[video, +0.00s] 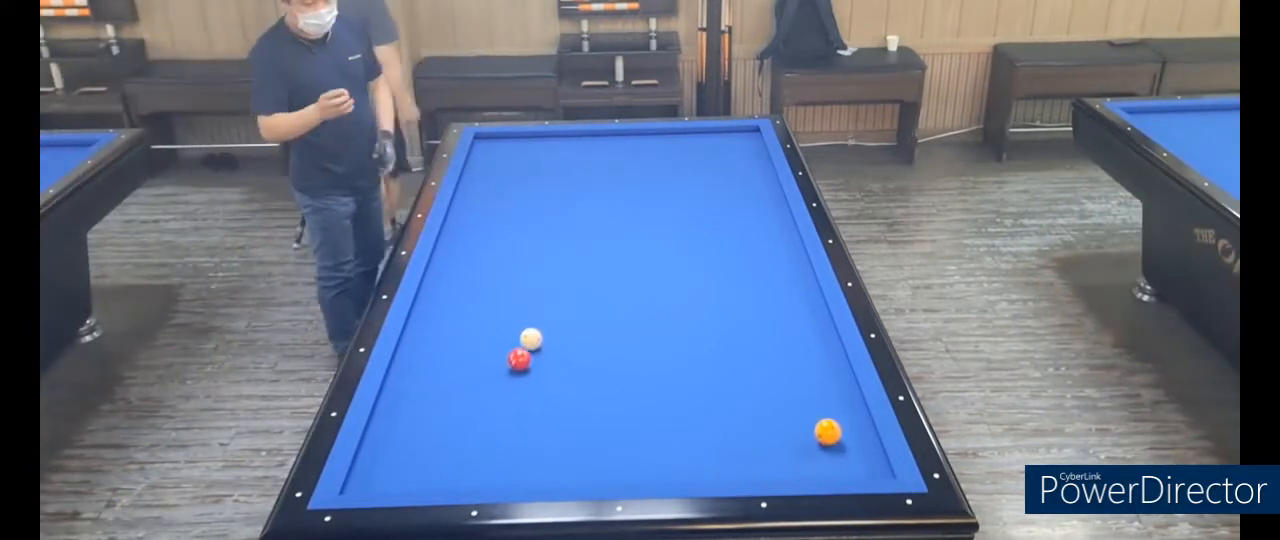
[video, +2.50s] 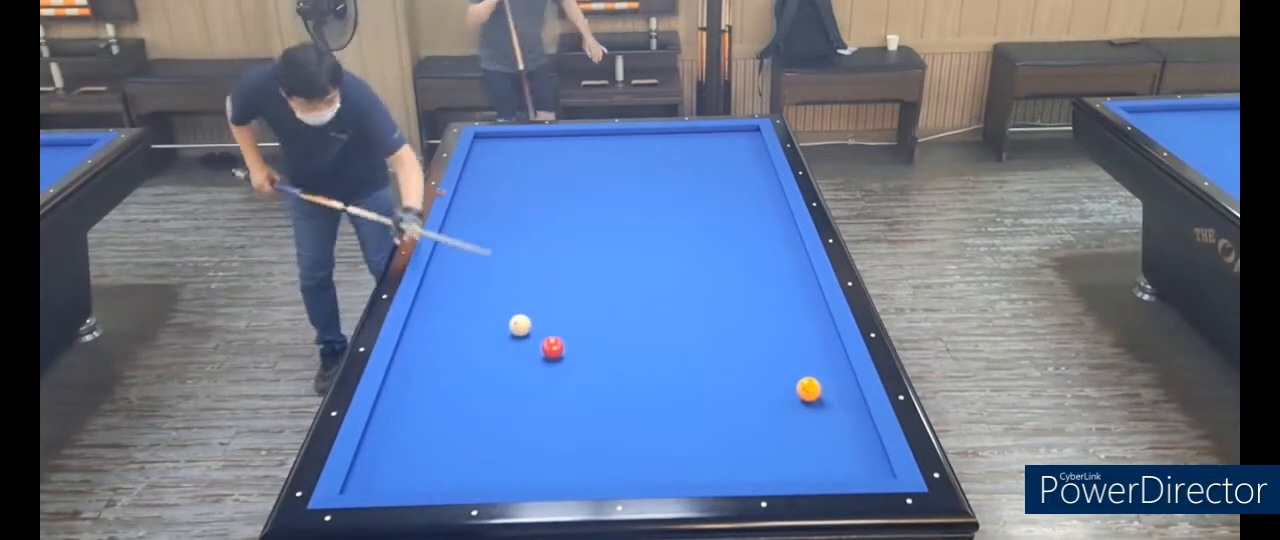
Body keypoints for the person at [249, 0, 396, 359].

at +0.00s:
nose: (322, 9)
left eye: (326, 1)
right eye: (309, 3)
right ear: (285, 6)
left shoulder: (350, 28)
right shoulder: (270, 51)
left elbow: (377, 84)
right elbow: (269, 128)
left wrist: (386, 134)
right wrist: (317, 112)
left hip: (366, 175)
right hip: (321, 184)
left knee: (371, 262)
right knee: (337, 272)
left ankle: (376, 337)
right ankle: (348, 351)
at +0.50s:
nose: (319, 8)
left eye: (324, 1)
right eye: (307, 3)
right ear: (284, 5)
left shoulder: (347, 28)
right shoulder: (263, 49)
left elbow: (379, 85)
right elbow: (271, 125)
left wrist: (368, 112)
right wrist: (326, 109)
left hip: (358, 173)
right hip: (313, 182)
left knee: (361, 261)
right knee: (331, 270)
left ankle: (358, 329)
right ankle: (342, 346)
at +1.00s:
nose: (325, 5)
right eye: (314, 1)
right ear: (290, 4)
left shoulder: (350, 24)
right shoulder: (271, 47)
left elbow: (382, 78)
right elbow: (286, 118)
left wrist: (382, 101)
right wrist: (342, 92)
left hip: (361, 168)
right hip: (319, 176)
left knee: (362, 257)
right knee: (353, 262)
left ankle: (351, 334)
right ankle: (343, 343)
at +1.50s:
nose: (344, 37)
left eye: (349, 26)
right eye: (332, 31)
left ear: (355, 14)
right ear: (307, 26)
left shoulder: (342, 37)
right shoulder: (297, 74)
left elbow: (356, 74)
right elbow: (347, 146)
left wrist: (383, 113)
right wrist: (408, 177)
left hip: (346, 177)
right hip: (316, 187)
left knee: (351, 257)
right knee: (332, 268)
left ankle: (354, 328)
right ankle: (338, 353)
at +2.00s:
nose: (318, 41)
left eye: (322, 31)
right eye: (305, 37)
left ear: (329, 15)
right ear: (280, 31)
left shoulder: (349, 33)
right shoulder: (262, 63)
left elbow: (399, 76)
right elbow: (244, 142)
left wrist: (394, 69)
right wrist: (299, 192)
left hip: (351, 176)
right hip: (300, 187)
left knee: (355, 263)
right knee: (314, 272)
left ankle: (354, 337)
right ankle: (333, 350)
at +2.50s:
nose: (324, 112)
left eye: (330, 104)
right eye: (313, 108)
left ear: (338, 85)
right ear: (287, 96)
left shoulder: (358, 97)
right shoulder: (260, 89)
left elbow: (404, 157)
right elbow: (237, 116)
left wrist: (411, 213)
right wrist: (256, 166)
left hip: (367, 186)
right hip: (309, 188)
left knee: (387, 267)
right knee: (313, 275)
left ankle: (416, 343)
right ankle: (331, 351)